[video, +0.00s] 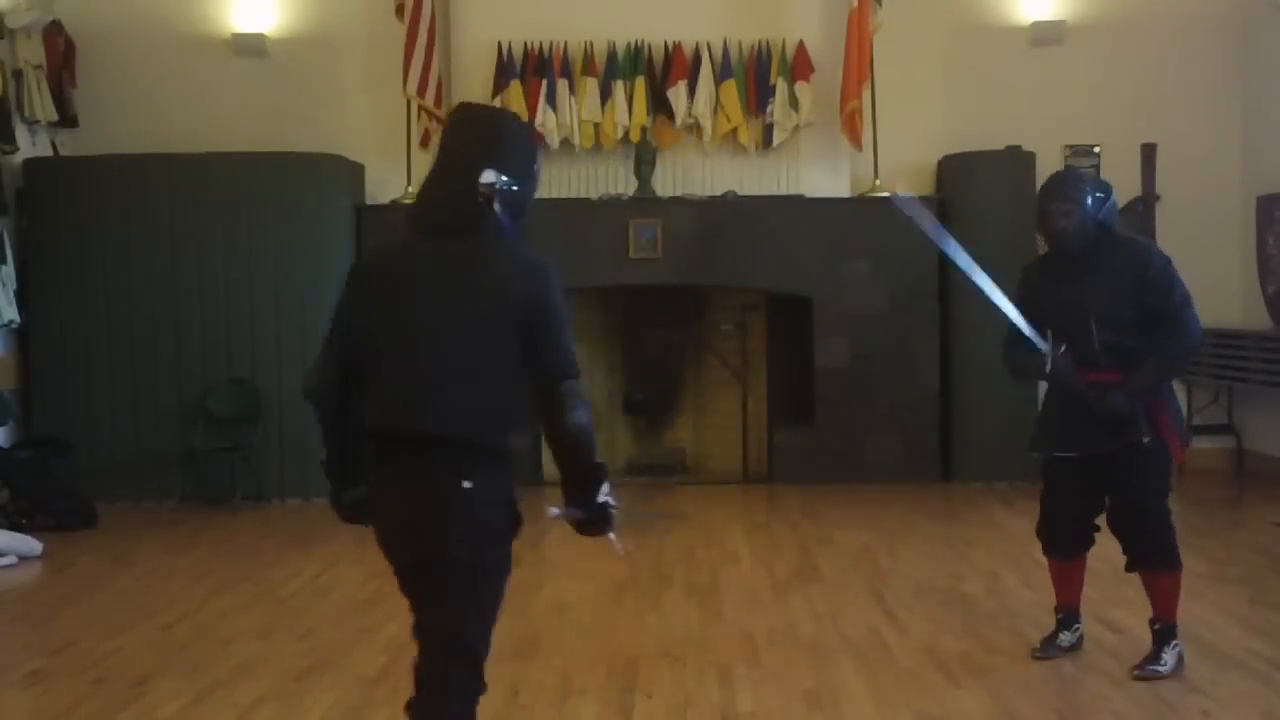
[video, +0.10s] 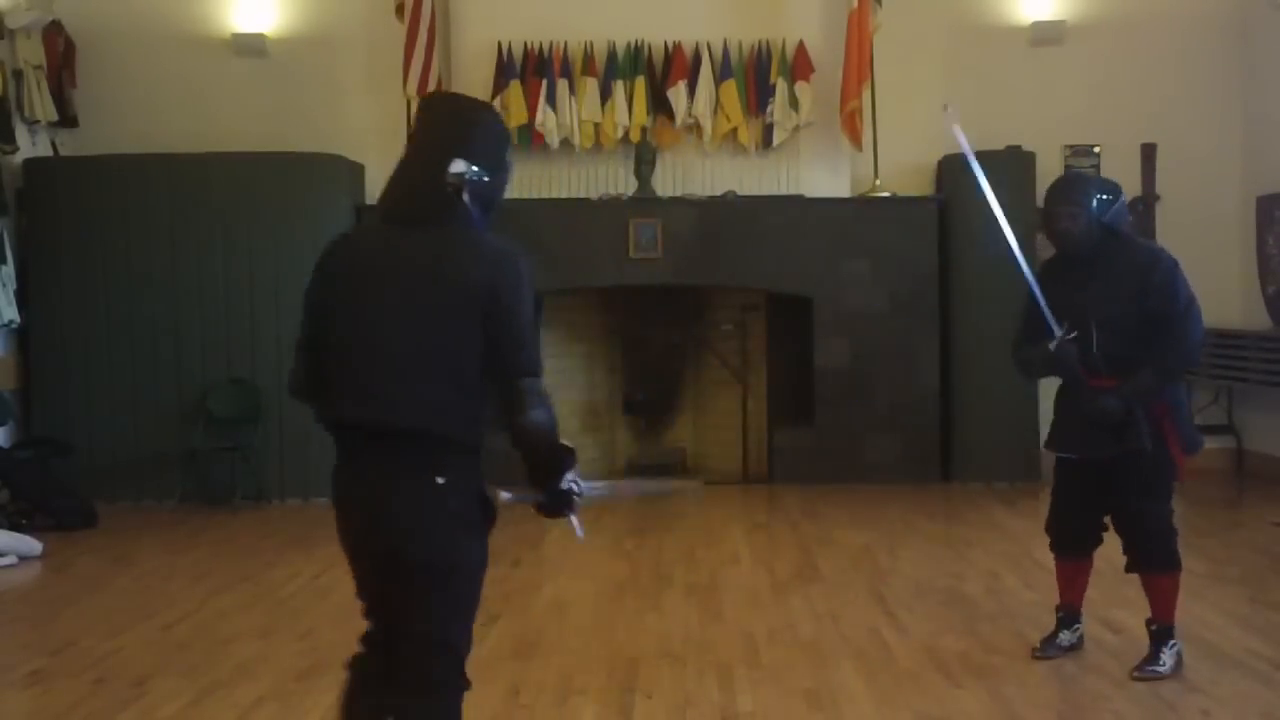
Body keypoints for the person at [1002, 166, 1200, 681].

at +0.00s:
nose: (1050, 225)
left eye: (1061, 214)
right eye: (1045, 214)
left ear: (1094, 213)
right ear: (1040, 217)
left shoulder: (1140, 261)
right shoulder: (1040, 274)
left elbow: (1185, 337)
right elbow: (1017, 357)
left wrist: (1131, 391)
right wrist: (1035, 359)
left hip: (1139, 423)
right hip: (1071, 421)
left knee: (1146, 526)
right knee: (1061, 524)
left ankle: (1166, 640)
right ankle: (1067, 626)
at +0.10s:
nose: (1052, 228)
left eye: (1064, 218)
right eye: (1049, 218)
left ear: (1098, 216)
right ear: (1049, 219)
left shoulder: (1150, 266)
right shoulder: (1054, 274)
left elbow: (1185, 347)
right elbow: (1025, 356)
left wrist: (1126, 395)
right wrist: (1054, 356)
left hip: (1144, 430)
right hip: (1079, 427)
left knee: (1150, 533)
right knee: (1069, 528)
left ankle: (1164, 641)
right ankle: (1068, 625)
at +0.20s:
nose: (1054, 230)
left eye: (1065, 221)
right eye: (1054, 220)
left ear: (1101, 220)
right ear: (1063, 222)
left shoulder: (1158, 269)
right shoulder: (1066, 271)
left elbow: (1191, 350)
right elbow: (1037, 345)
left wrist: (1129, 394)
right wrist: (1056, 359)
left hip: (1152, 429)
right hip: (1091, 425)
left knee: (1153, 534)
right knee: (1080, 526)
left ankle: (1165, 641)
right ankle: (1069, 623)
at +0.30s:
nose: (1065, 228)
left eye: (1076, 217)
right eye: (1064, 218)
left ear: (1109, 216)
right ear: (1074, 220)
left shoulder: (1164, 268)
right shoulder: (1074, 269)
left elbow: (1199, 355)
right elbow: (1054, 337)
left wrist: (1142, 396)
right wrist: (1062, 372)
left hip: (1158, 423)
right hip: (1098, 418)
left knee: (1153, 529)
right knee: (1090, 519)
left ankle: (1165, 641)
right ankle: (1084, 614)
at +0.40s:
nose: (1081, 228)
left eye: (1092, 218)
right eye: (1079, 218)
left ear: (1124, 217)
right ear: (1081, 219)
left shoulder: (1173, 268)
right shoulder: (1081, 269)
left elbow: (1211, 351)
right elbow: (1060, 335)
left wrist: (1146, 401)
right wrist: (1067, 377)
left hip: (1163, 424)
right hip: (1102, 420)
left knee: (1157, 528)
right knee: (1097, 515)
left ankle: (1166, 638)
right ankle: (1102, 601)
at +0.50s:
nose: (1095, 226)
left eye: (1106, 216)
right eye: (1091, 216)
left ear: (1138, 214)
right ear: (1090, 216)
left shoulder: (1182, 268)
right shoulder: (1088, 266)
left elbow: (1217, 349)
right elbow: (1062, 337)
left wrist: (1151, 401)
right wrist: (1067, 397)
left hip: (1166, 413)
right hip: (1106, 410)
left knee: (1155, 522)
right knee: (1099, 508)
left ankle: (1165, 637)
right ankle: (1118, 589)